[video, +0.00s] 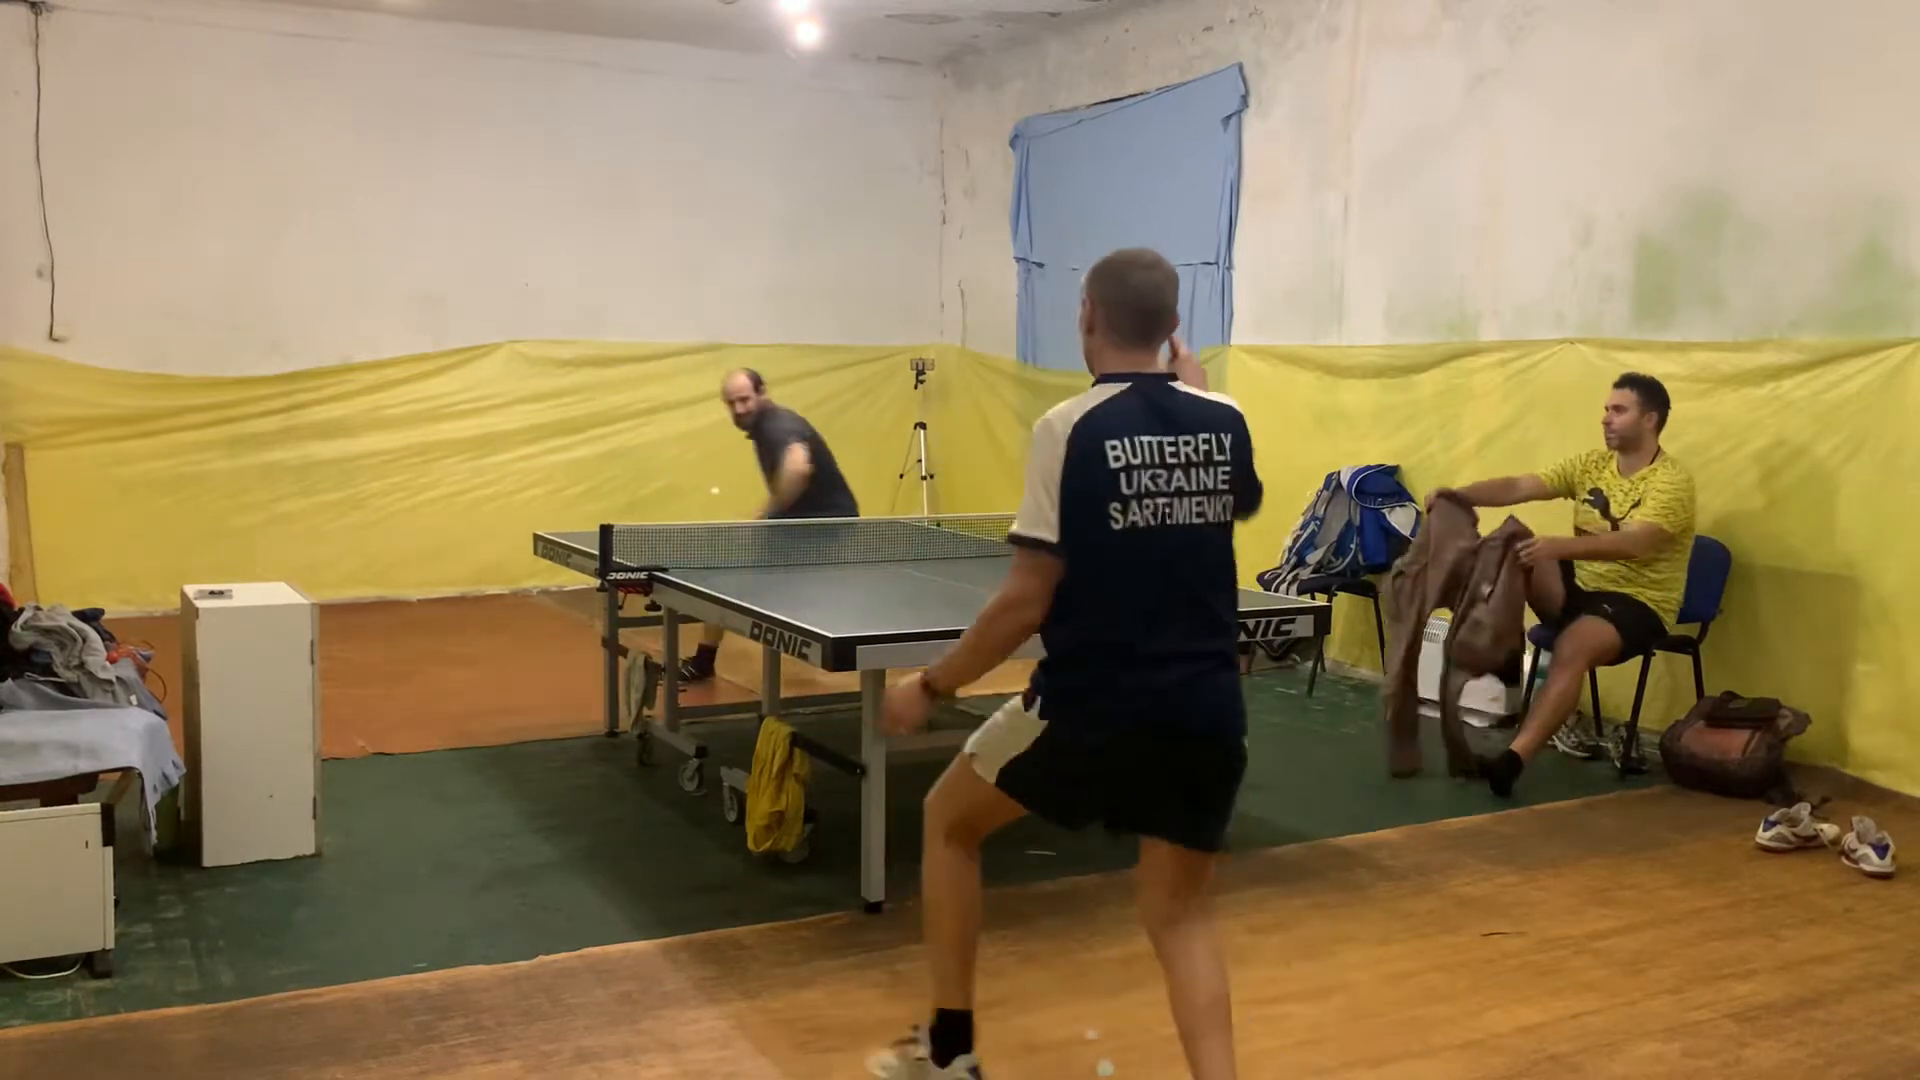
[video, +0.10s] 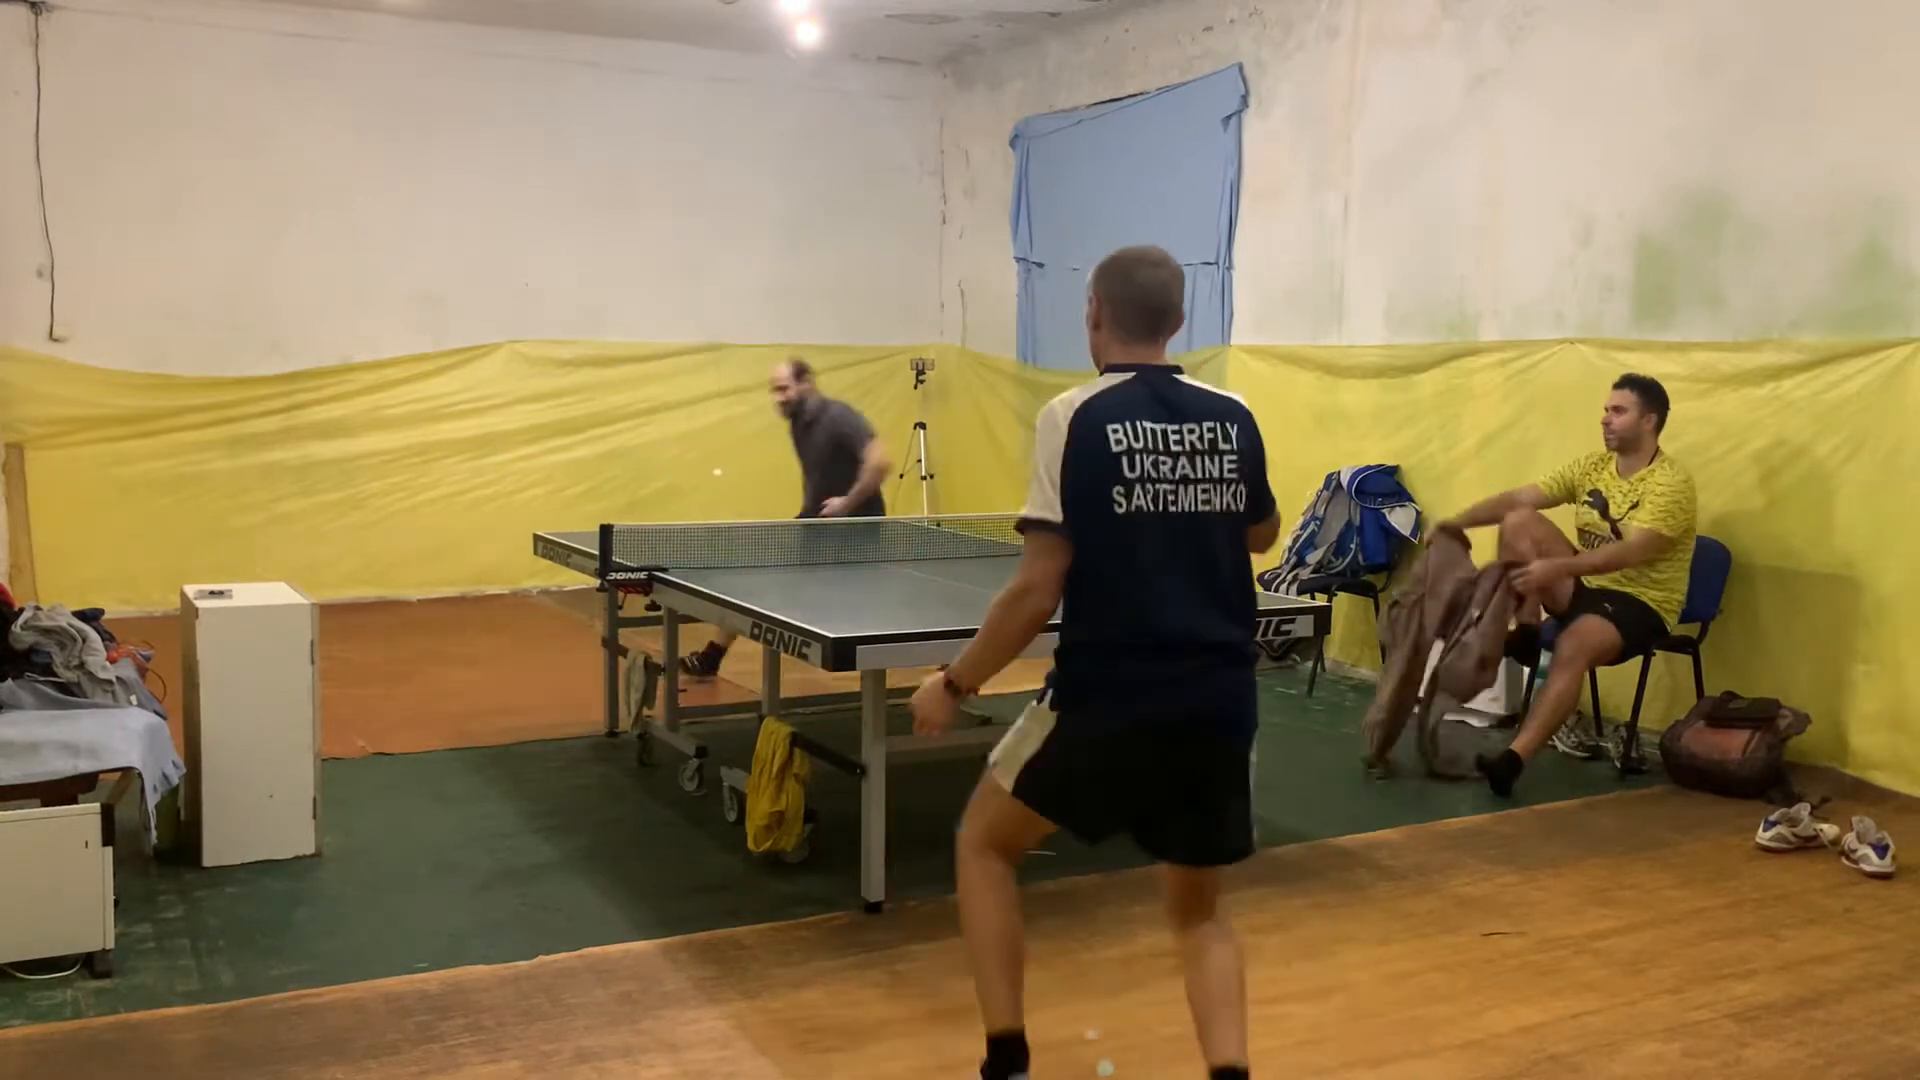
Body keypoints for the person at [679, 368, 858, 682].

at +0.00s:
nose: (738, 410)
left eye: (744, 400)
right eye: (731, 403)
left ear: (762, 395)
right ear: (725, 404)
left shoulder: (779, 423)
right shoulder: (763, 427)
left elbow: (798, 469)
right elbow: (785, 478)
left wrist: (768, 513)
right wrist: (770, 514)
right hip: (800, 525)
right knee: (722, 567)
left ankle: (704, 659)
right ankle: (704, 658)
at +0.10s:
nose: (778, 398)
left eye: (784, 389)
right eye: (774, 390)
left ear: (807, 384)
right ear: (772, 391)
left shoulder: (837, 415)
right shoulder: (799, 422)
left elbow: (879, 462)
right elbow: (816, 475)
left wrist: (848, 502)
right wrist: (808, 515)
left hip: (856, 525)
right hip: (814, 522)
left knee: (867, 597)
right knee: (754, 575)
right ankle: (711, 656)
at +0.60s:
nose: (839, 351)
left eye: (846, 344)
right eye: (831, 346)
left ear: (859, 347)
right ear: (823, 352)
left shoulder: (884, 386)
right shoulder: (815, 394)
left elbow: (921, 429)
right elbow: (777, 439)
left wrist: (898, 463)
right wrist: (787, 412)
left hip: (887, 502)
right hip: (835, 502)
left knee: (925, 573)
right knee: (803, 570)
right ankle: (797, 655)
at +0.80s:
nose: (787, 329)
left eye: (793, 321)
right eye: (779, 323)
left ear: (806, 323)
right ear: (769, 328)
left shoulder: (834, 359)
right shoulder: (763, 371)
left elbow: (879, 398)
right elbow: (741, 415)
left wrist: (877, 452)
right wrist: (741, 426)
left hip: (837, 476)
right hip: (789, 477)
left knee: (855, 563)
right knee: (765, 558)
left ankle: (871, 650)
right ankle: (766, 651)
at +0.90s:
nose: (756, 344)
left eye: (763, 336)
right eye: (749, 338)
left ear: (778, 335)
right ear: (741, 343)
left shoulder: (809, 372)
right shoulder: (744, 381)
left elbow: (852, 411)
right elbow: (722, 428)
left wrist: (843, 466)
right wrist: (699, 460)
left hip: (813, 488)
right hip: (765, 486)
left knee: (831, 563)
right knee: (725, 551)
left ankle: (837, 637)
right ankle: (715, 639)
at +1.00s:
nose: (706, 361)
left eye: (712, 352)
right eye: (700, 354)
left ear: (731, 349)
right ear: (695, 355)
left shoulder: (770, 383)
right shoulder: (704, 397)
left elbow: (819, 417)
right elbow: (668, 438)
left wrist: (809, 470)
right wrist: (622, 474)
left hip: (786, 487)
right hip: (742, 487)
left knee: (809, 556)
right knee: (703, 542)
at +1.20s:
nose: (627, 345)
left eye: (633, 336)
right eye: (618, 339)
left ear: (646, 335)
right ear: (610, 344)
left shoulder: (679, 366)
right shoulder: (614, 388)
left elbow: (728, 398)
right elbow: (598, 424)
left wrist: (713, 440)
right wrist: (590, 453)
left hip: (711, 474)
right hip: (668, 479)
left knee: (742, 543)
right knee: (641, 546)